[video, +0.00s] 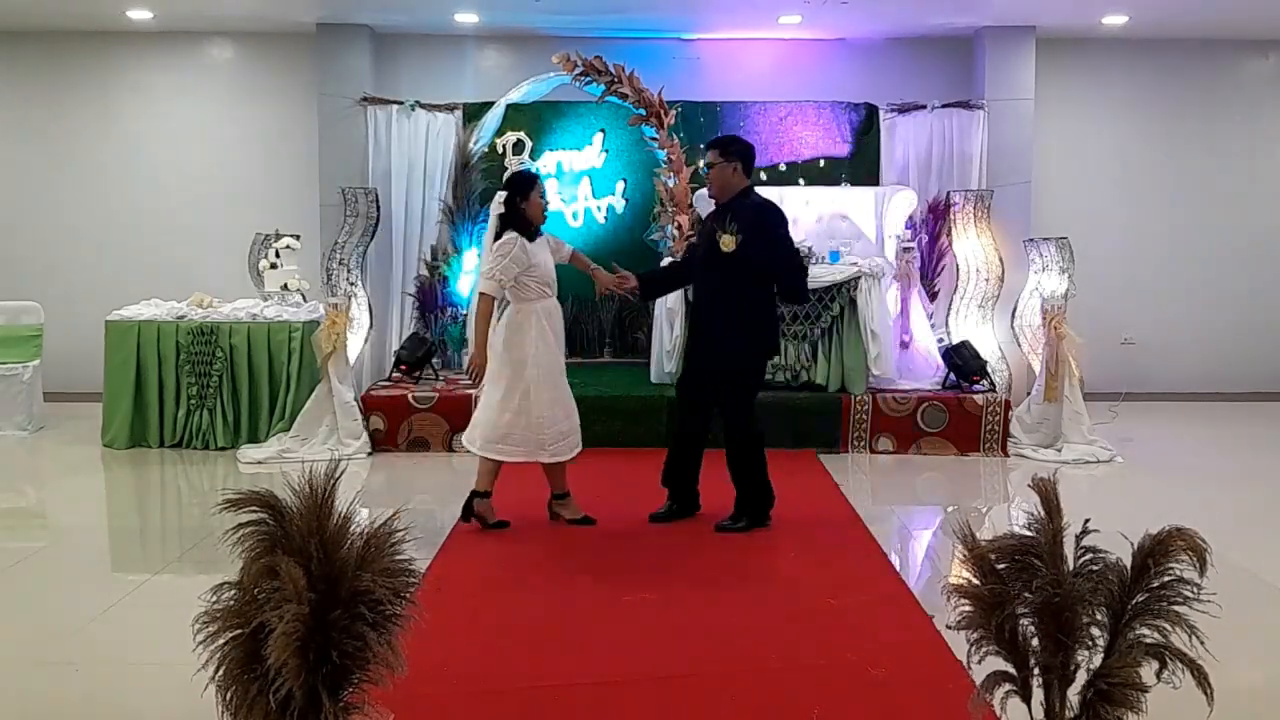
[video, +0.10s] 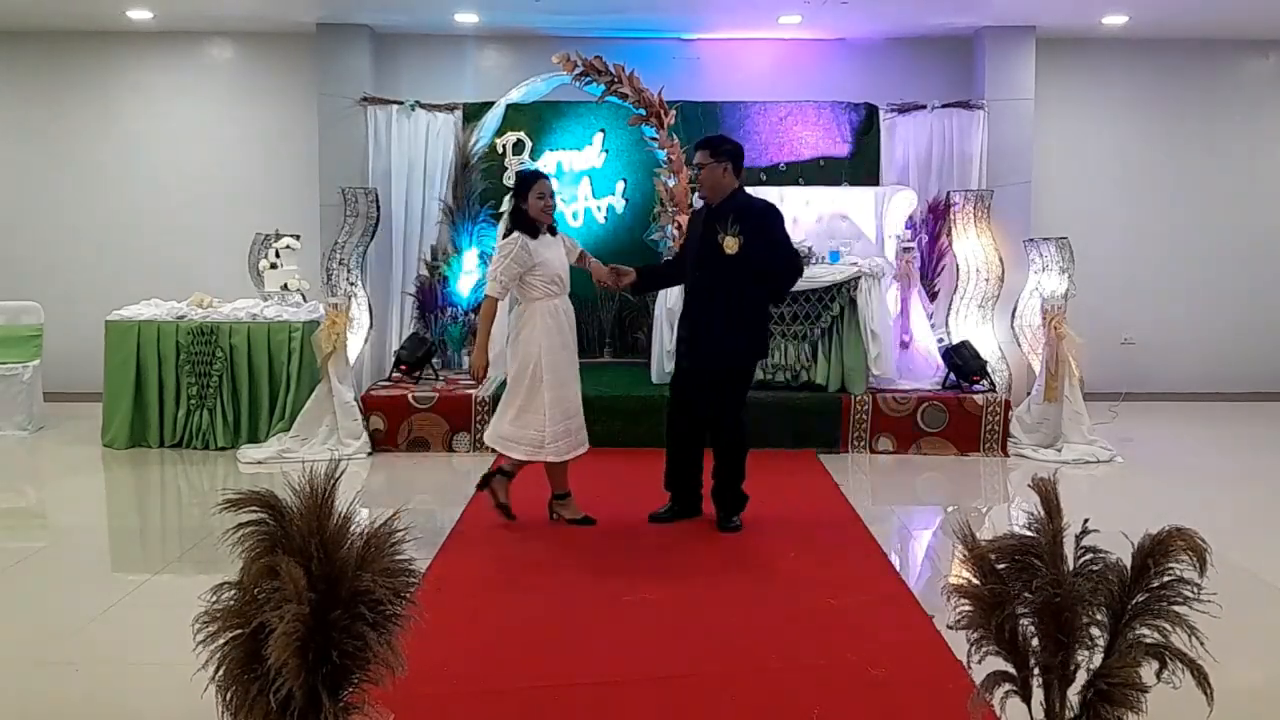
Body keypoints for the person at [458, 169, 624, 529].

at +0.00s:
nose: (546, 204)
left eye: (544, 197)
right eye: (540, 198)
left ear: (529, 203)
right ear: (521, 204)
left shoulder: (541, 241)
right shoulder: (510, 245)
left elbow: (571, 254)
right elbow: (485, 297)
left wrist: (597, 272)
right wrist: (479, 351)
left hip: (535, 344)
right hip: (525, 345)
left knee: (503, 419)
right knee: (553, 417)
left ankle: (480, 497)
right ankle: (561, 499)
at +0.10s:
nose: (550, 203)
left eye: (552, 197)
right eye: (541, 197)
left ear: (553, 200)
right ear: (522, 202)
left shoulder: (556, 238)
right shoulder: (516, 244)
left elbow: (583, 258)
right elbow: (491, 298)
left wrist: (600, 269)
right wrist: (480, 349)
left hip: (558, 335)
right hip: (538, 337)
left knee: (546, 413)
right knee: (555, 415)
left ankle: (502, 475)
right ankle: (562, 499)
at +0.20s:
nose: (550, 204)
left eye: (555, 197)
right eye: (542, 198)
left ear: (562, 201)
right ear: (529, 204)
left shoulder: (574, 244)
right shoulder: (520, 245)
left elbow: (601, 279)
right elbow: (494, 298)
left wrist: (621, 284)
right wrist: (485, 351)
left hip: (571, 329)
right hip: (541, 332)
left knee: (578, 406)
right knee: (557, 410)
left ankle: (546, 475)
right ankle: (562, 495)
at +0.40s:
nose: (561, 201)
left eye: (568, 195)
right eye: (554, 195)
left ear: (577, 199)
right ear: (543, 200)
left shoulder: (596, 239)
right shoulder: (527, 242)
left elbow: (616, 278)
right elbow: (508, 290)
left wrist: (623, 288)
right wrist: (510, 337)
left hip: (588, 329)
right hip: (546, 331)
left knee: (607, 405)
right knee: (558, 412)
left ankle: (608, 483)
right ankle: (571, 494)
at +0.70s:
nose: (574, 208)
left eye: (582, 202)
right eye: (567, 201)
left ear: (593, 208)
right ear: (558, 206)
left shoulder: (606, 244)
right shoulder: (544, 249)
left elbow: (632, 262)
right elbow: (534, 301)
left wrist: (665, 271)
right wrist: (519, 346)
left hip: (598, 342)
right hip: (556, 343)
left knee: (595, 412)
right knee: (563, 421)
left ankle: (597, 487)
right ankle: (590, 495)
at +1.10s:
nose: (604, 202)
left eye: (611, 194)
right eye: (596, 195)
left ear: (622, 201)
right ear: (584, 202)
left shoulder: (635, 250)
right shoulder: (566, 247)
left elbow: (651, 289)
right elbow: (548, 296)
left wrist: (678, 294)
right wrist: (555, 342)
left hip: (624, 350)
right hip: (579, 347)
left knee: (609, 439)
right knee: (567, 434)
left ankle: (579, 531)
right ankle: (554, 481)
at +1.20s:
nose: (622, 200)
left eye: (627, 193)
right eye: (613, 193)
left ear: (635, 200)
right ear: (598, 200)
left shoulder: (629, 247)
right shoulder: (591, 243)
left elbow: (620, 298)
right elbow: (570, 291)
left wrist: (650, 299)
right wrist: (608, 336)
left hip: (627, 361)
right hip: (602, 361)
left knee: (614, 442)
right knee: (596, 439)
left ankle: (579, 528)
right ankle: (560, 514)